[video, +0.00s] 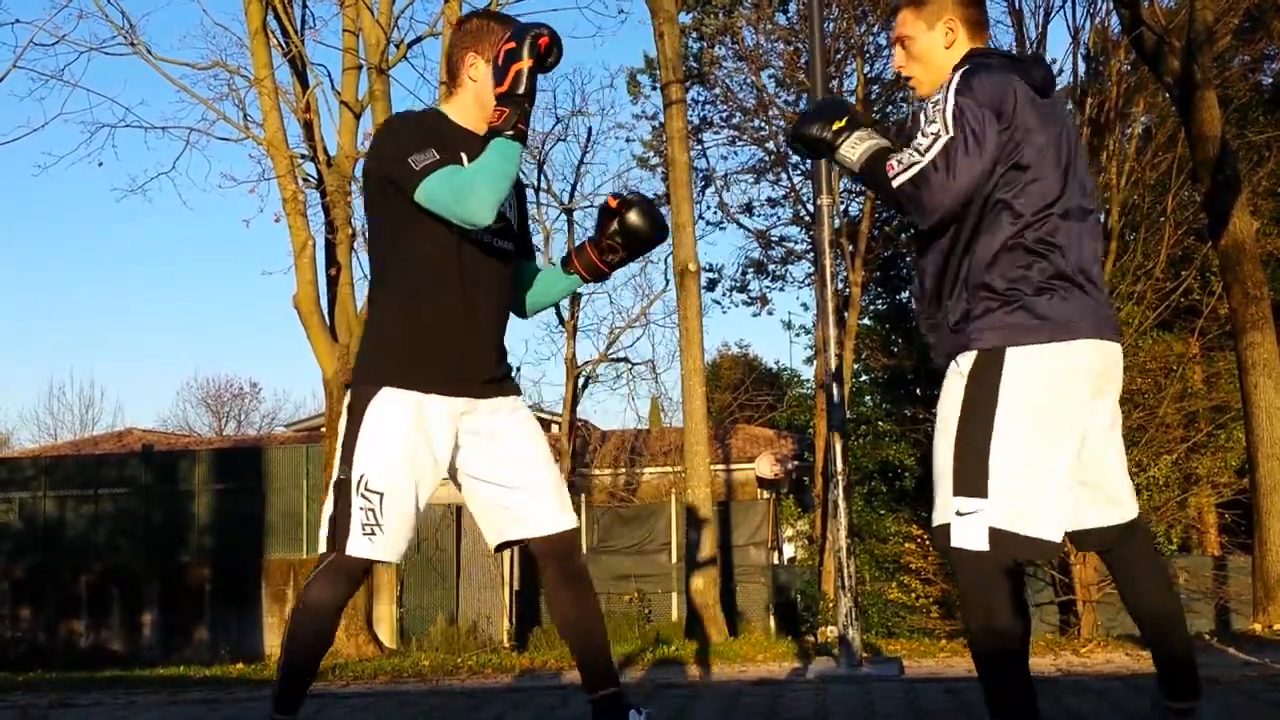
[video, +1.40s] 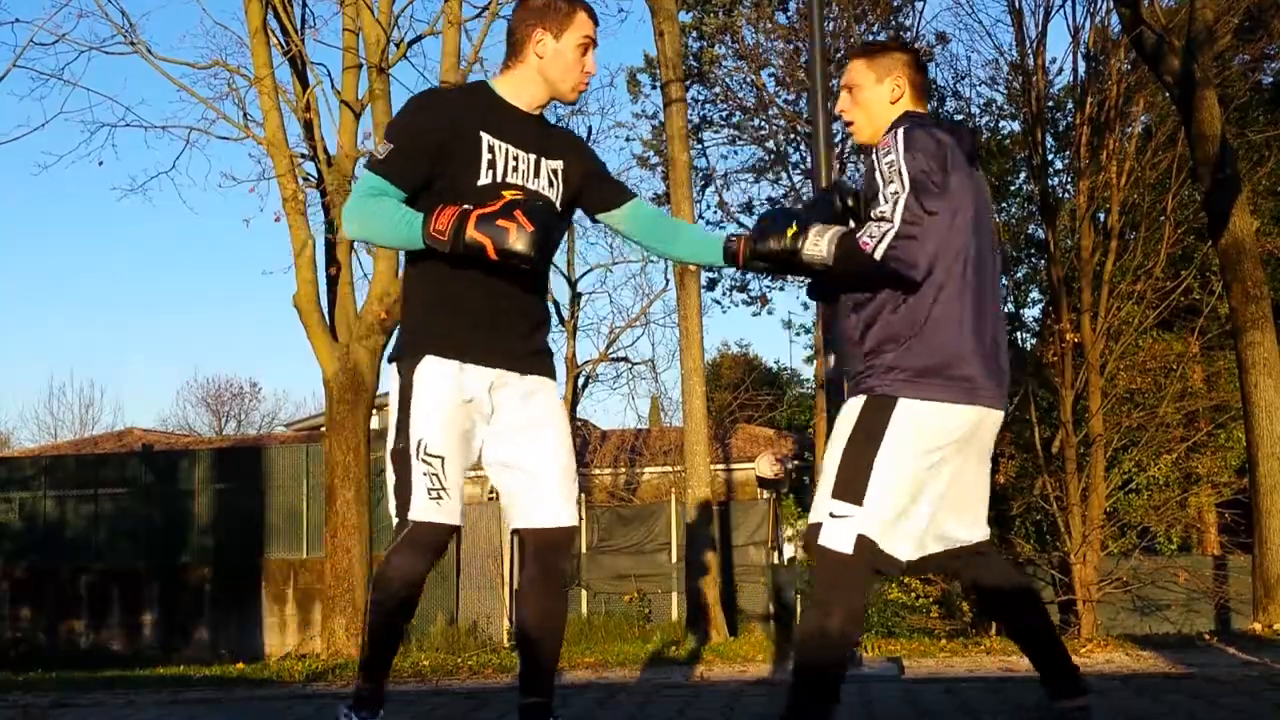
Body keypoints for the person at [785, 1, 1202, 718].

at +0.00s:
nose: (895, 61)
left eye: (904, 43)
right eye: (894, 45)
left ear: (953, 35)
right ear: (958, 34)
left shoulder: (977, 88)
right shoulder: (1045, 98)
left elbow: (928, 190)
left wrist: (847, 139)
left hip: (1011, 340)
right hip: (1085, 333)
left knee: (970, 535)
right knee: (1110, 518)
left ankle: (1012, 717)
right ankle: (1183, 692)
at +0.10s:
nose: (894, 65)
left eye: (901, 45)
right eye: (892, 49)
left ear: (951, 36)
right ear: (955, 37)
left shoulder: (994, 90)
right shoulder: (1018, 93)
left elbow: (959, 208)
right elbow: (960, 224)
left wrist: (890, 147)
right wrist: (890, 158)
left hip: (1019, 342)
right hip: (1076, 339)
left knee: (971, 536)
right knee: (1099, 518)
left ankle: (1012, 718)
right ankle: (1182, 693)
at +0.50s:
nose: (907, 61)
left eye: (918, 43)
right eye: (907, 44)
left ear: (967, 38)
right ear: (967, 37)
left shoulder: (1002, 85)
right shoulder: (1027, 93)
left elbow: (962, 191)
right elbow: (955, 216)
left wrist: (913, 138)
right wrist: (906, 144)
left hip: (1008, 340)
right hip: (1059, 339)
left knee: (922, 514)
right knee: (1088, 524)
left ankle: (954, 714)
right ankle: (1155, 702)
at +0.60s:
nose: (898, 71)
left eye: (905, 52)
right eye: (896, 56)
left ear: (953, 41)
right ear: (954, 45)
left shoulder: (989, 93)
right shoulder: (1002, 99)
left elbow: (913, 185)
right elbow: (918, 198)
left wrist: (850, 125)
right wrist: (852, 130)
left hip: (985, 347)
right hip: (1039, 344)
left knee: (914, 530)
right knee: (1061, 529)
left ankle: (868, 717)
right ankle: (1151, 703)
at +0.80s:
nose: (821, 88)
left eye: (831, 71)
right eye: (822, 72)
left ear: (879, 68)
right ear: (889, 73)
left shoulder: (902, 121)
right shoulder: (943, 125)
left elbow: (905, 247)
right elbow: (922, 249)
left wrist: (829, 227)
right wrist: (835, 217)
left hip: (907, 369)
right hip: (978, 371)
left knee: (810, 543)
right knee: (1021, 537)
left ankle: (805, 718)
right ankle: (1135, 698)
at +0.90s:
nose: (781, 80)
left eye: (789, 64)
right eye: (781, 66)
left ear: (837, 58)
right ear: (850, 60)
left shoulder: (859, 115)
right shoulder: (912, 121)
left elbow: (839, 223)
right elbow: (860, 233)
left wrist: (763, 196)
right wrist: (776, 196)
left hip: (881, 360)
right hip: (954, 357)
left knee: (808, 533)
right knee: (950, 522)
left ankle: (803, 716)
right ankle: (1080, 686)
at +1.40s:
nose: (839, 104)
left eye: (849, 89)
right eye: (840, 91)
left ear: (896, 89)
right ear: (906, 95)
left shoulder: (906, 145)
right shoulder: (952, 153)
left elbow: (905, 248)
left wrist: (813, 245)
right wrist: (803, 232)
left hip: (911, 381)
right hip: (971, 383)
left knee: (840, 544)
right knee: (958, 540)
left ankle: (804, 711)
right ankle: (1066, 688)